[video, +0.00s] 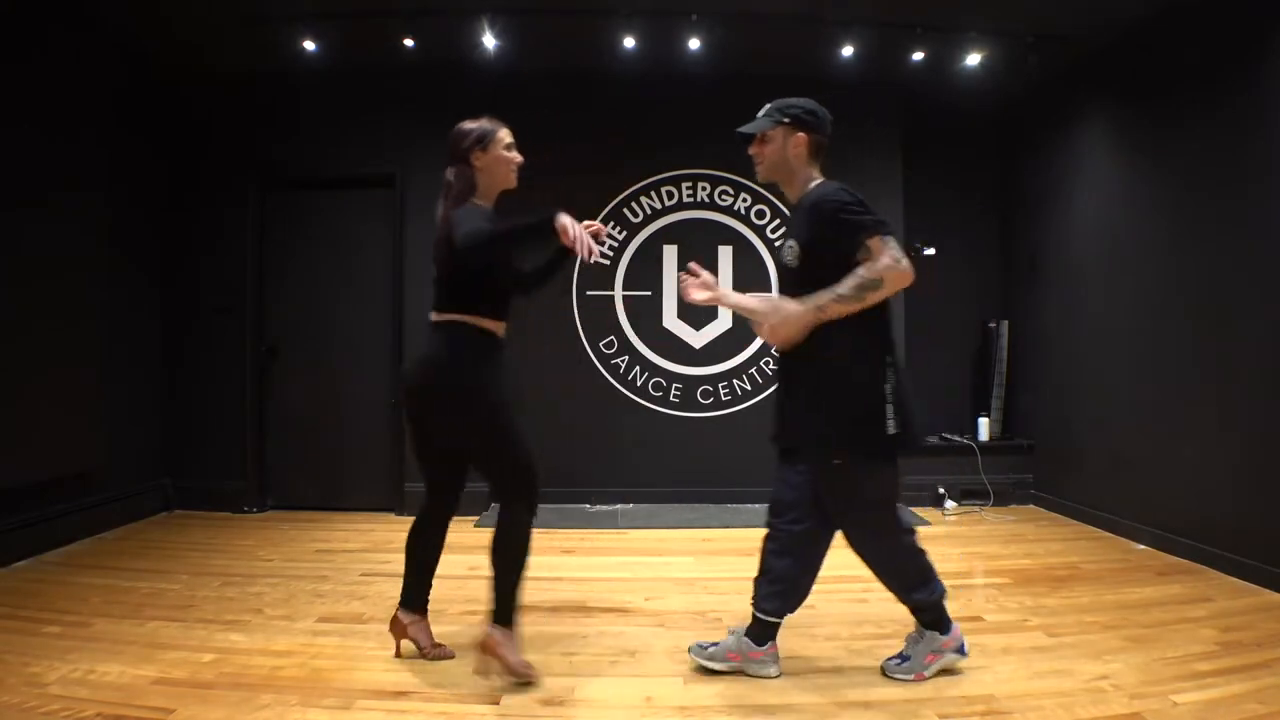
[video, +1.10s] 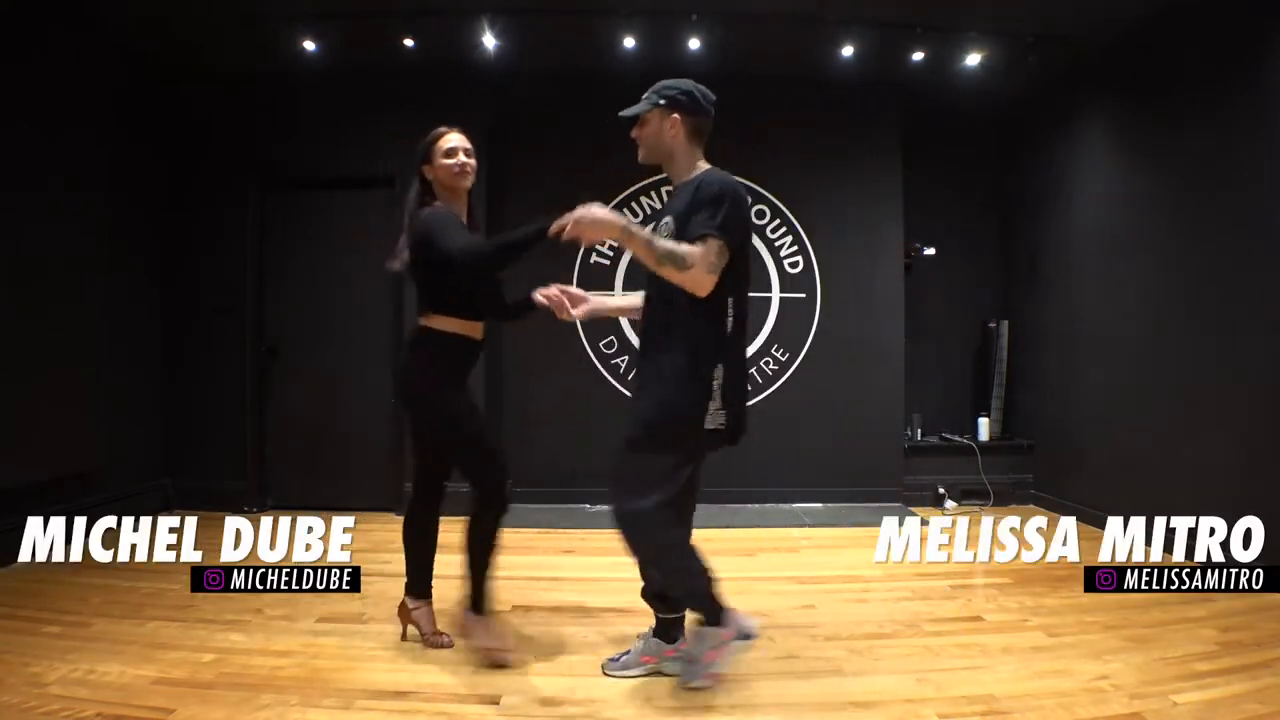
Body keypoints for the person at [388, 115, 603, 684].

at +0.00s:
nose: (520, 157)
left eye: (517, 148)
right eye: (509, 148)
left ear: (485, 160)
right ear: (476, 158)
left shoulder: (481, 224)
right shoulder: (467, 215)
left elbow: (520, 282)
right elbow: (484, 249)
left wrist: (571, 252)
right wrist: (553, 223)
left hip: (447, 364)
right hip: (466, 365)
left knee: (442, 494)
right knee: (520, 487)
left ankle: (411, 611)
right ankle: (501, 628)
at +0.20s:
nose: (478, 163)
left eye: (475, 154)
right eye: (470, 154)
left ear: (451, 163)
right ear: (445, 161)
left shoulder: (468, 240)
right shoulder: (416, 219)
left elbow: (533, 278)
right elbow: (451, 239)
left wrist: (600, 255)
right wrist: (532, 206)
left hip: (436, 375)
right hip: (414, 374)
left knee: (434, 490)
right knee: (459, 488)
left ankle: (411, 609)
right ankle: (419, 611)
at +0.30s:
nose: (453, 153)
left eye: (450, 145)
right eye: (439, 146)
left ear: (441, 164)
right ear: (410, 164)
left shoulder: (461, 236)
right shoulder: (396, 220)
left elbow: (528, 283)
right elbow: (442, 252)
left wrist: (597, 282)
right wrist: (524, 221)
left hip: (432, 371)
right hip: (390, 367)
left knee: (425, 491)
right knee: (427, 485)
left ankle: (408, 613)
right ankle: (365, 599)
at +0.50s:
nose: (412, 161)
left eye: (419, 155)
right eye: (400, 155)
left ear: (430, 172)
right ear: (381, 173)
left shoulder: (438, 242)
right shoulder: (372, 225)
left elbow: (497, 298)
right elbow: (433, 269)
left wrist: (558, 300)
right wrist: (517, 255)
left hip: (411, 372)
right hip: (362, 367)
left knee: (430, 492)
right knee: (343, 491)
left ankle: (412, 612)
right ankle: (309, 612)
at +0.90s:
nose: (429, 169)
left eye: (434, 162)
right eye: (415, 163)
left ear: (442, 178)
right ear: (393, 181)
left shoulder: (430, 240)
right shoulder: (396, 236)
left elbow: (466, 290)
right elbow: (435, 307)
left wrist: (520, 276)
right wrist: (517, 304)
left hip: (426, 379)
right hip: (384, 377)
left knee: (452, 492)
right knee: (372, 497)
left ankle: (417, 601)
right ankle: (315, 607)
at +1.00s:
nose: (448, 162)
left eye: (453, 155)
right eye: (435, 156)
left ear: (460, 169)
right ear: (413, 174)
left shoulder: (447, 233)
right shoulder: (418, 226)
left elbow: (491, 306)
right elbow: (454, 284)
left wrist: (531, 286)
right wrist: (530, 272)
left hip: (441, 368)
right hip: (414, 367)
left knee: (451, 486)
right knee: (446, 484)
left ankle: (418, 598)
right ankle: (394, 595)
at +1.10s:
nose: (463, 161)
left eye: (468, 154)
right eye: (450, 154)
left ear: (476, 167)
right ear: (428, 171)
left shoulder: (469, 230)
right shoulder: (432, 221)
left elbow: (489, 310)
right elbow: (473, 256)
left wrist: (536, 299)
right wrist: (550, 228)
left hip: (451, 365)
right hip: (431, 364)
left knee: (428, 486)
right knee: (492, 476)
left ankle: (416, 599)